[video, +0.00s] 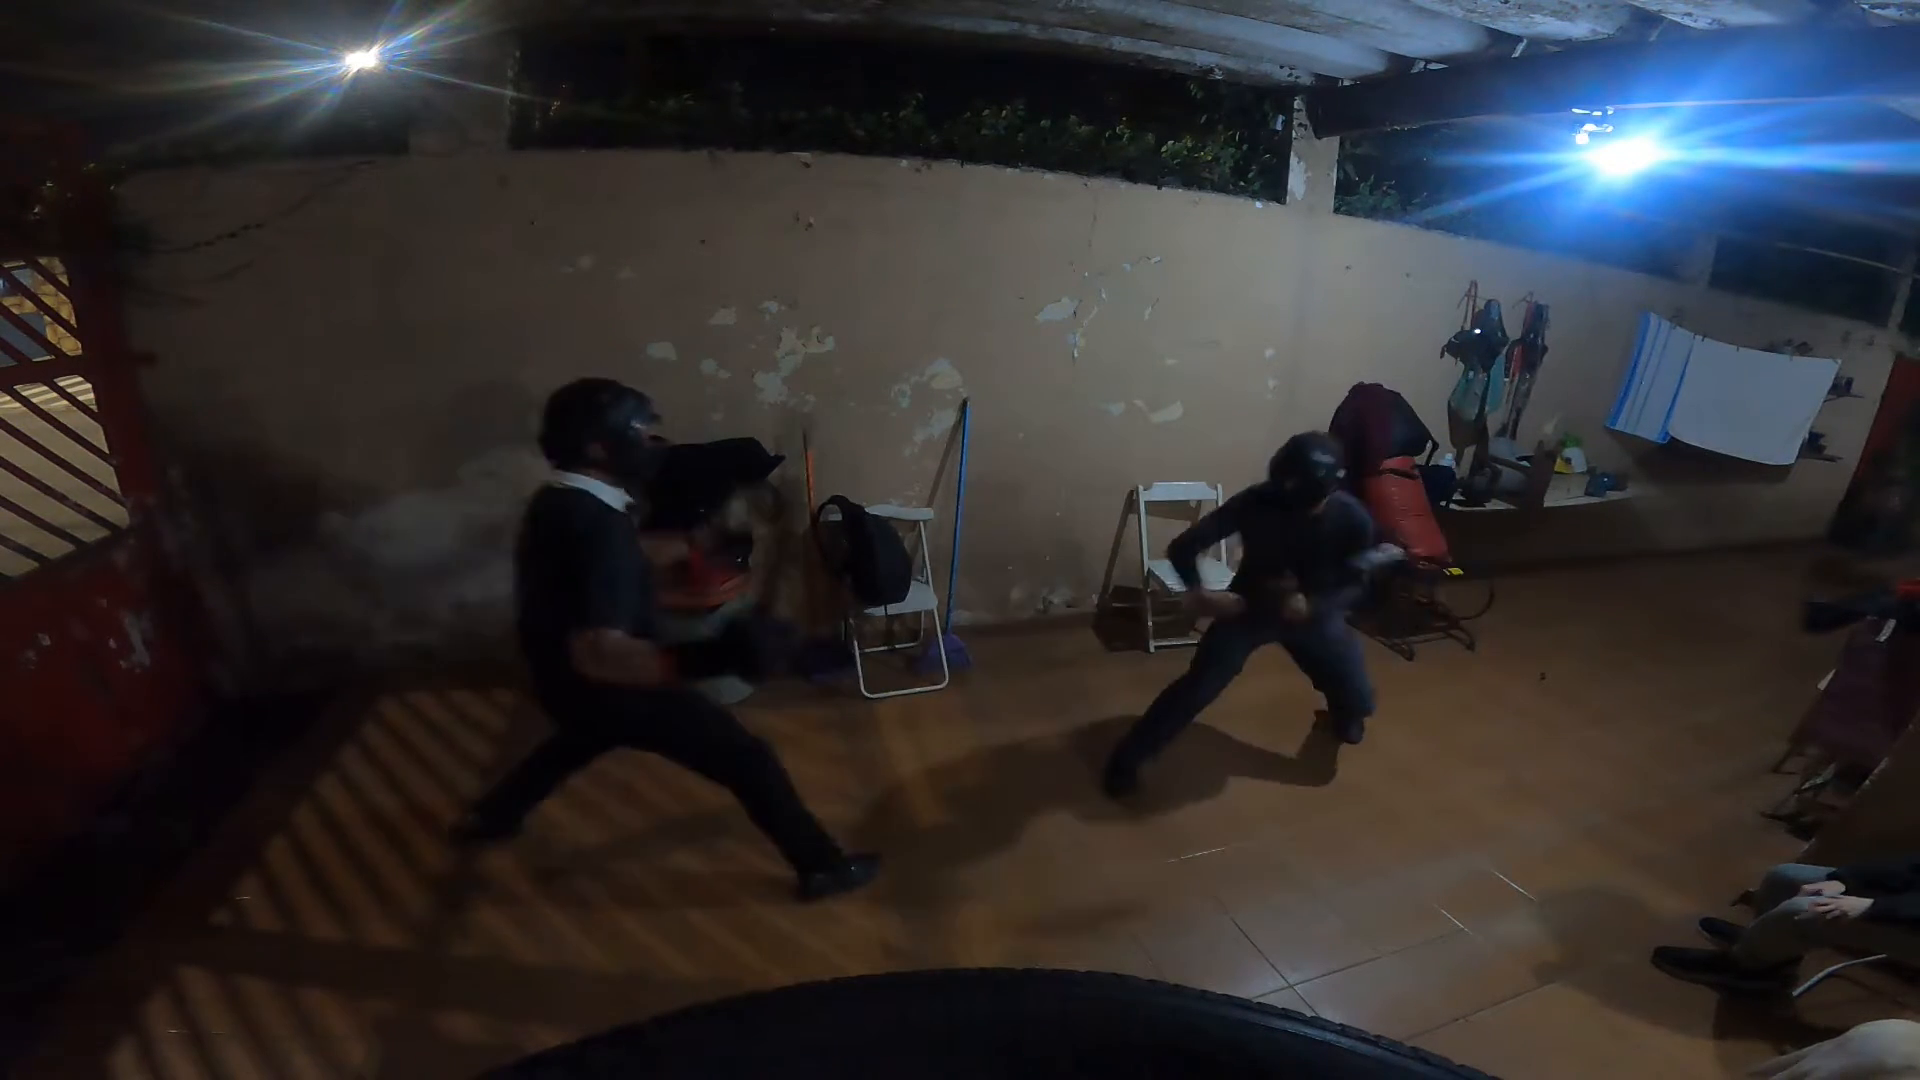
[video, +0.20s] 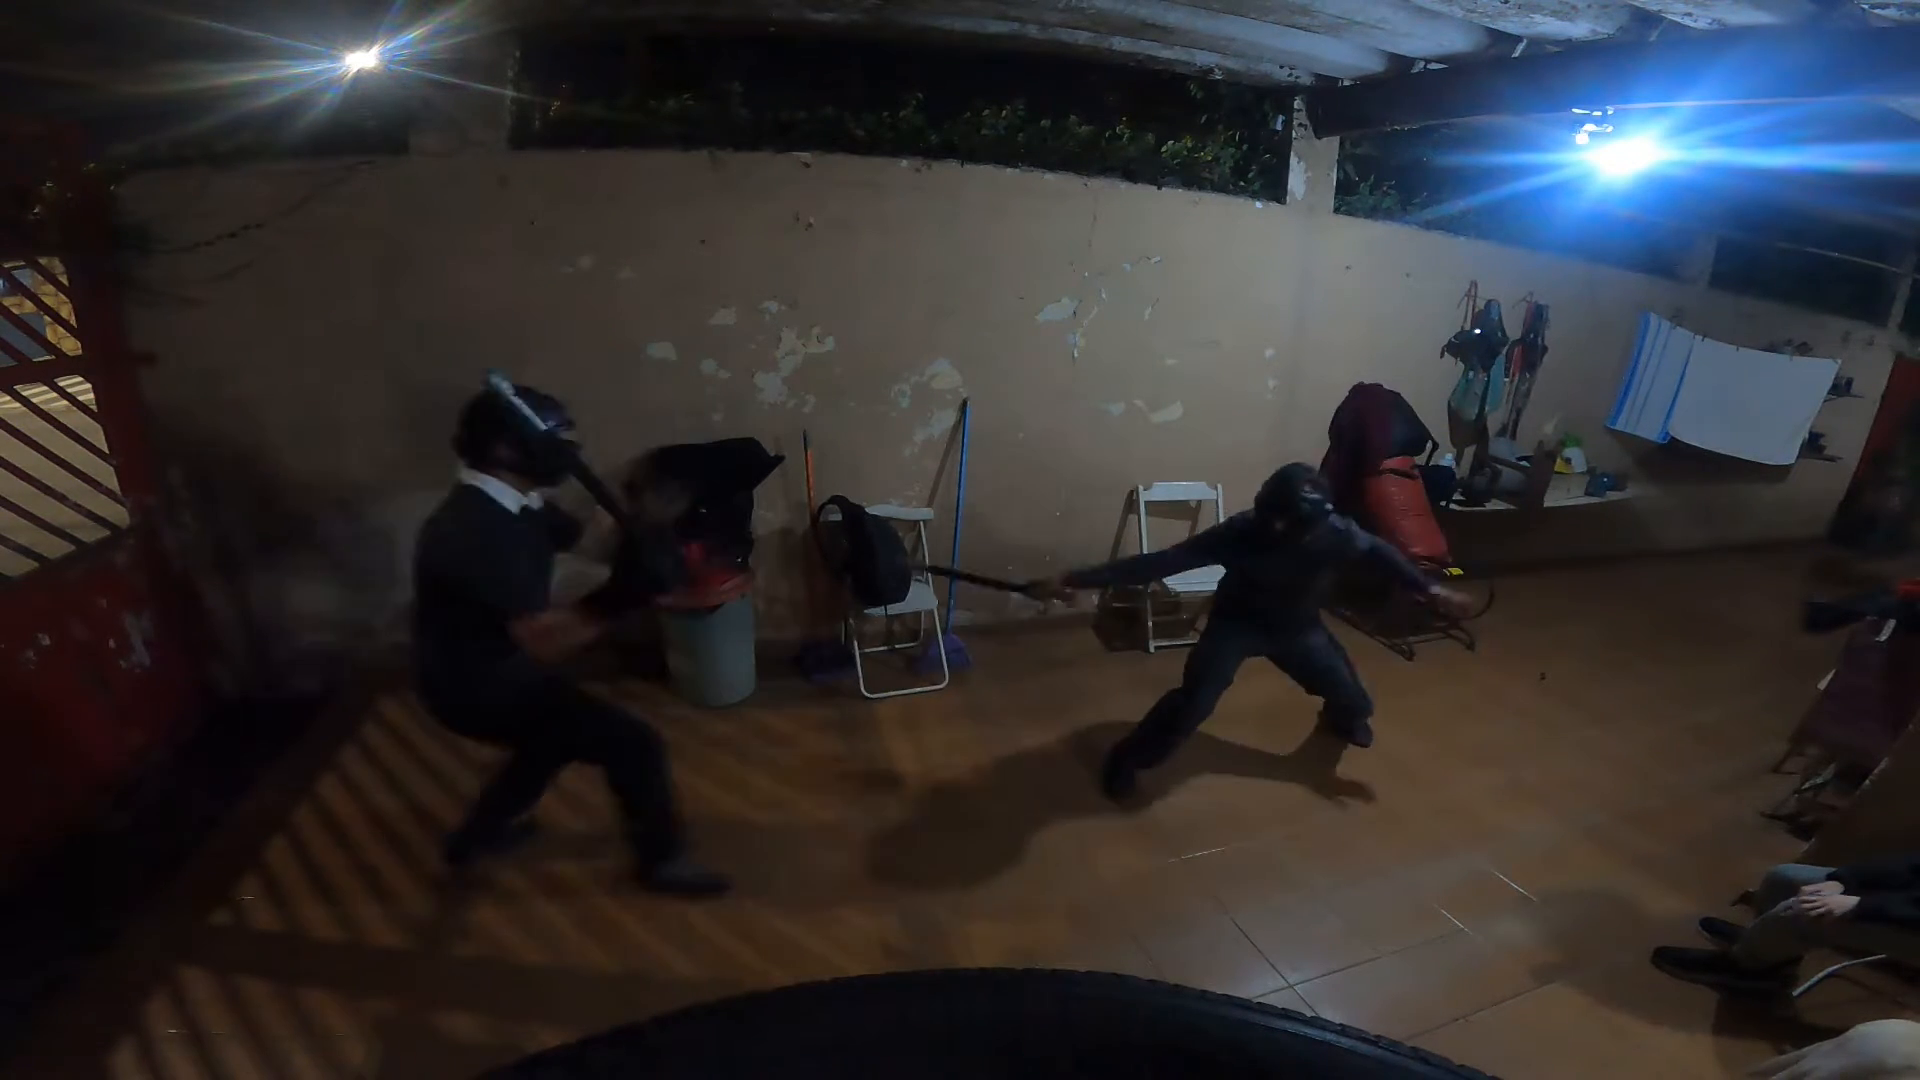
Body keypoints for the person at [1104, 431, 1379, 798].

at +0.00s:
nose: (1306, 504)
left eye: (1313, 495)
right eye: (1296, 494)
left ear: (1330, 487)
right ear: (1283, 482)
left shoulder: (1350, 520)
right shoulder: (1256, 504)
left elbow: (1357, 584)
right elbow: (1182, 548)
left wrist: (1313, 604)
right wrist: (1199, 592)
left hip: (1316, 616)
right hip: (1250, 609)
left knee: (1356, 698)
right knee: (1200, 687)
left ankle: (1348, 720)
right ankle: (1127, 760)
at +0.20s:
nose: (1311, 528)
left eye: (1317, 520)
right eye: (1303, 519)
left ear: (1323, 515)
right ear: (1278, 515)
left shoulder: (1334, 532)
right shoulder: (1240, 535)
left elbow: (1380, 555)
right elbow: (1163, 563)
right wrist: (1081, 580)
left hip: (1299, 626)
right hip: (1235, 626)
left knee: (1351, 694)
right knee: (1196, 703)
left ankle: (1347, 720)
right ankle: (1126, 764)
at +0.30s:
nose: (1312, 510)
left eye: (1319, 500)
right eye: (1302, 499)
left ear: (1326, 495)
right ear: (1278, 494)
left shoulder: (1339, 521)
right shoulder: (1240, 516)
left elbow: (1388, 549)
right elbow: (1185, 552)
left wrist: (1447, 580)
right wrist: (1134, 582)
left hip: (1304, 625)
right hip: (1239, 621)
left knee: (1345, 686)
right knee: (1193, 696)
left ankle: (1348, 722)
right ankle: (1128, 760)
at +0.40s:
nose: (1299, 484)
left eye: (1306, 475)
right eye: (1289, 474)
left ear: (1317, 468)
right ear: (1268, 467)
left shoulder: (1343, 502)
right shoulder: (1237, 493)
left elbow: (1393, 542)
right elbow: (1200, 538)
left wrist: (1449, 583)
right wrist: (1161, 582)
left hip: (1309, 611)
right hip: (1242, 605)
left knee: (1343, 680)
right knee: (1190, 683)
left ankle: (1349, 721)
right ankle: (1132, 759)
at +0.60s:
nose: (1259, 451)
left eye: (1269, 443)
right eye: (1253, 441)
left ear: (1298, 433)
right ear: (1244, 432)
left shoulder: (1332, 476)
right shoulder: (1227, 460)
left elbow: (1381, 527)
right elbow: (1196, 510)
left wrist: (1425, 577)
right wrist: (1149, 553)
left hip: (1298, 600)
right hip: (1230, 591)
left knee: (1318, 681)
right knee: (1181, 675)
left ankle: (1325, 717)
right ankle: (1129, 759)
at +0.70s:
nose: (1254, 450)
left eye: (1264, 442)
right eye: (1249, 439)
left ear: (1294, 435)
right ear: (1245, 431)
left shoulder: (1333, 477)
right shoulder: (1229, 461)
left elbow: (1375, 537)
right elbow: (1197, 516)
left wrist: (1427, 586)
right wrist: (1150, 556)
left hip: (1296, 597)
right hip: (1232, 584)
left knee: (1286, 693)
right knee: (1181, 669)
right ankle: (1132, 756)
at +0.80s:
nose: (1259, 462)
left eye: (1267, 453)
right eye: (1251, 451)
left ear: (1295, 441)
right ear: (1243, 439)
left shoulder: (1334, 489)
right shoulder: (1232, 468)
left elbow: (1362, 557)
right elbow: (1214, 532)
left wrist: (1398, 586)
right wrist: (1181, 583)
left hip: (1289, 607)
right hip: (1226, 592)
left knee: (1272, 706)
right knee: (1172, 673)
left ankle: (1261, 707)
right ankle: (1127, 760)